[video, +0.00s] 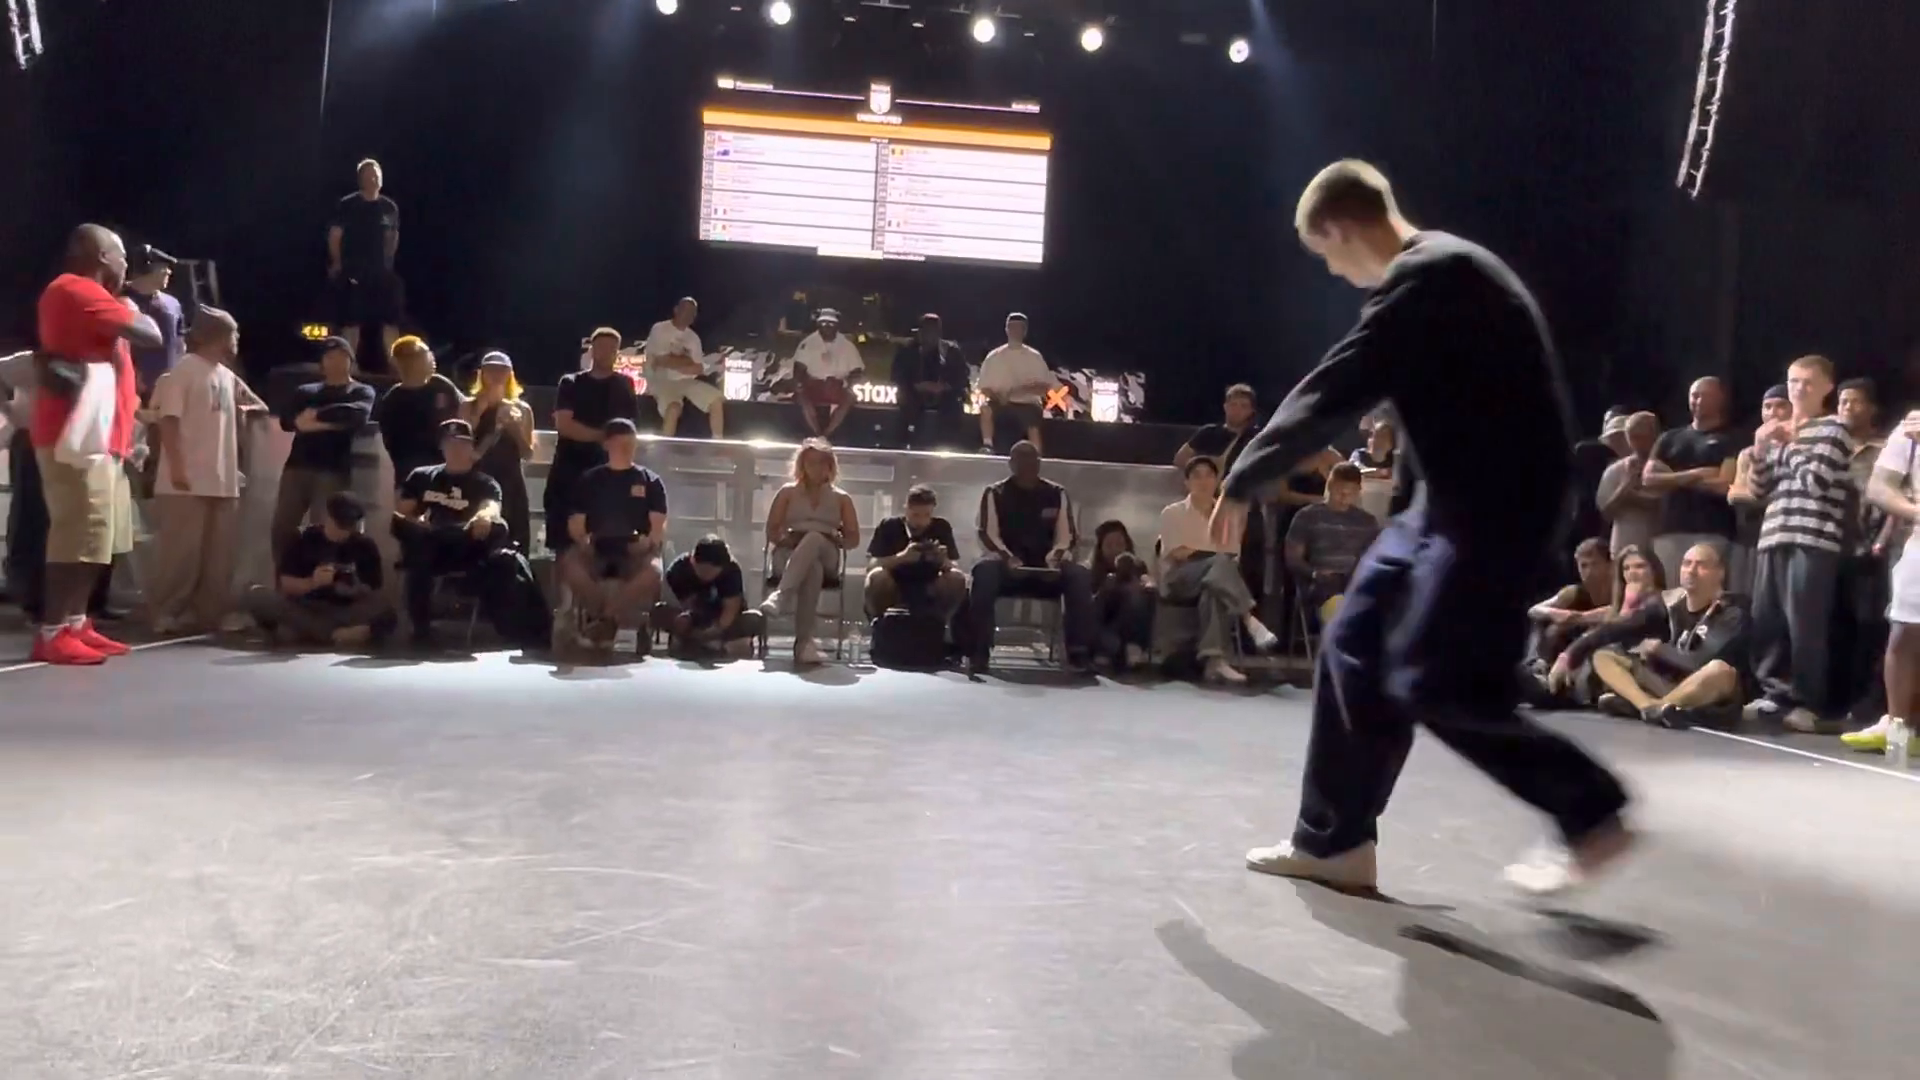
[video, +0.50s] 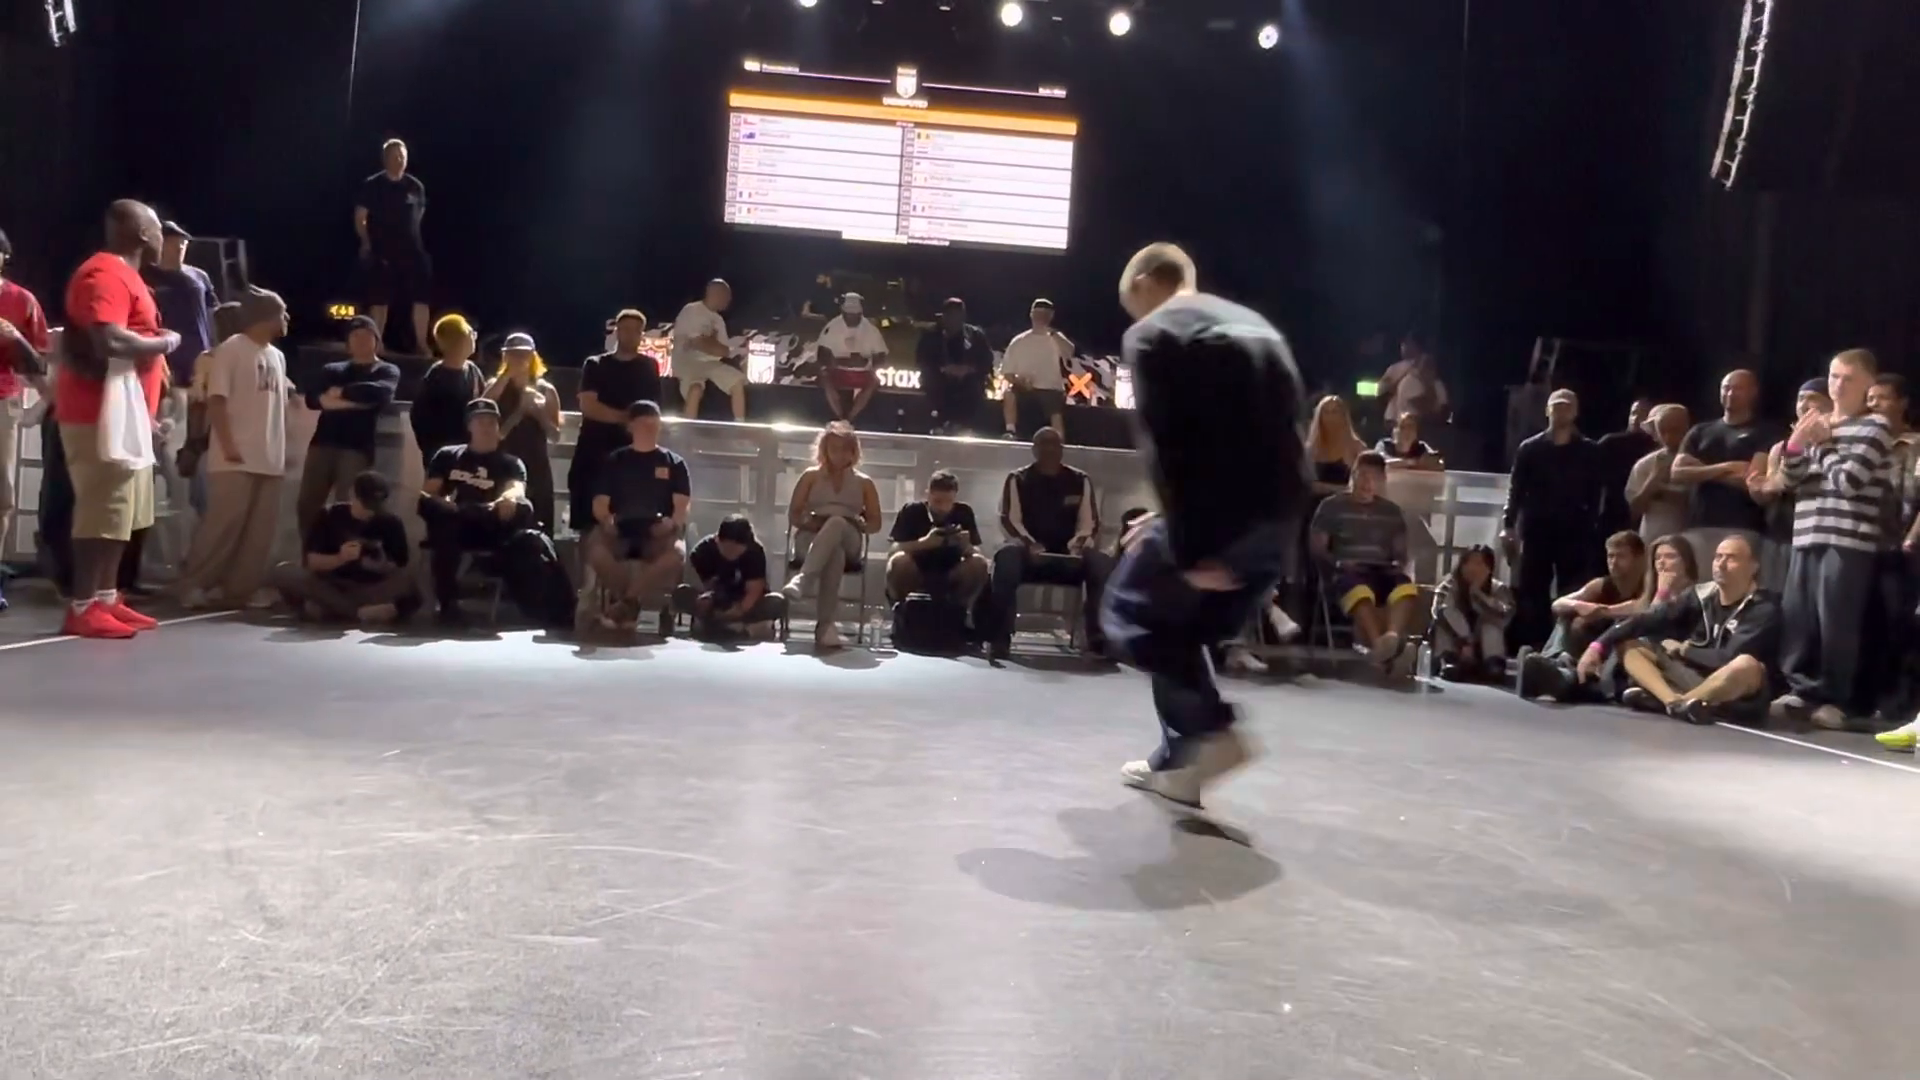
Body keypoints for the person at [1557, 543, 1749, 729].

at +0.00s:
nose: (1690, 571)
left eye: (1701, 565)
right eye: (1687, 564)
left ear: (1720, 574)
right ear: (1680, 570)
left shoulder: (1734, 613)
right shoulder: (1667, 607)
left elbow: (1701, 663)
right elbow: (1616, 629)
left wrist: (1658, 649)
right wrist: (1568, 657)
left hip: (1716, 697)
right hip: (1669, 686)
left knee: (1719, 670)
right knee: (1602, 658)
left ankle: (1657, 709)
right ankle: (1647, 707)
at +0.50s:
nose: (1719, 564)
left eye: (1730, 559)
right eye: (1717, 558)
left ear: (1753, 568)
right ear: (1713, 562)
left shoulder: (1765, 608)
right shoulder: (1701, 594)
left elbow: (1727, 659)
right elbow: (1651, 620)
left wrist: (1681, 649)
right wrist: (1599, 646)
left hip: (1739, 695)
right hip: (1696, 681)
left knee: (1747, 666)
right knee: (1630, 648)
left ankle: (1681, 703)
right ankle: (1673, 703)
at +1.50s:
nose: (1715, 567)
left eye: (1724, 559)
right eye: (1711, 561)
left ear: (1748, 562)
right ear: (1707, 567)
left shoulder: (1772, 602)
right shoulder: (1705, 598)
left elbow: (1758, 648)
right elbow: (1659, 623)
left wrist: (1710, 654)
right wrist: (1612, 651)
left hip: (1762, 692)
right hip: (1716, 682)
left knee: (1766, 665)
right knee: (1646, 650)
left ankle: (1696, 703)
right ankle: (1694, 704)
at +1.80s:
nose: (1721, 562)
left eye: (1730, 555)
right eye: (1716, 557)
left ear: (1753, 559)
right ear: (1712, 563)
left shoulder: (1778, 600)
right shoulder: (1709, 596)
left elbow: (1792, 642)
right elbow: (1662, 620)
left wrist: (1735, 655)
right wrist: (1616, 647)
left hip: (1764, 685)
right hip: (1719, 679)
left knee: (1773, 662)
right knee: (1650, 647)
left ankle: (1705, 699)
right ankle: (1700, 700)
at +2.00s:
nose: (1725, 560)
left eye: (1734, 553)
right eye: (1721, 555)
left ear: (1757, 558)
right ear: (1717, 562)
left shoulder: (1781, 598)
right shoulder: (1712, 596)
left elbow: (1812, 633)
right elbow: (1666, 620)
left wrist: (1757, 642)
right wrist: (1620, 646)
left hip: (1770, 689)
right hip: (1724, 678)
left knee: (1775, 661)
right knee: (1654, 647)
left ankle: (1704, 700)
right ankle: (1704, 699)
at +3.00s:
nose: (1761, 557)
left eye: (1766, 549)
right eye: (1751, 551)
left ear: (1773, 555)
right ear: (1736, 561)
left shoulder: (1794, 594)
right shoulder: (1724, 592)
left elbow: (1795, 631)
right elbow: (1677, 615)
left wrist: (1767, 654)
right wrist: (1635, 640)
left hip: (1775, 671)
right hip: (1731, 669)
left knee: (1792, 663)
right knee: (1666, 642)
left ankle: (1717, 695)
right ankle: (1712, 696)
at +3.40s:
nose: (1762, 559)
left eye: (1765, 552)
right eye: (1752, 554)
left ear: (1771, 553)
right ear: (1732, 562)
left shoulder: (1793, 590)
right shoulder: (1721, 591)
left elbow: (1795, 628)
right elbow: (1671, 614)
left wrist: (1754, 656)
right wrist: (1658, 633)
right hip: (1729, 667)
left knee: (1793, 661)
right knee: (1663, 643)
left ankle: (1718, 694)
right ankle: (1714, 694)